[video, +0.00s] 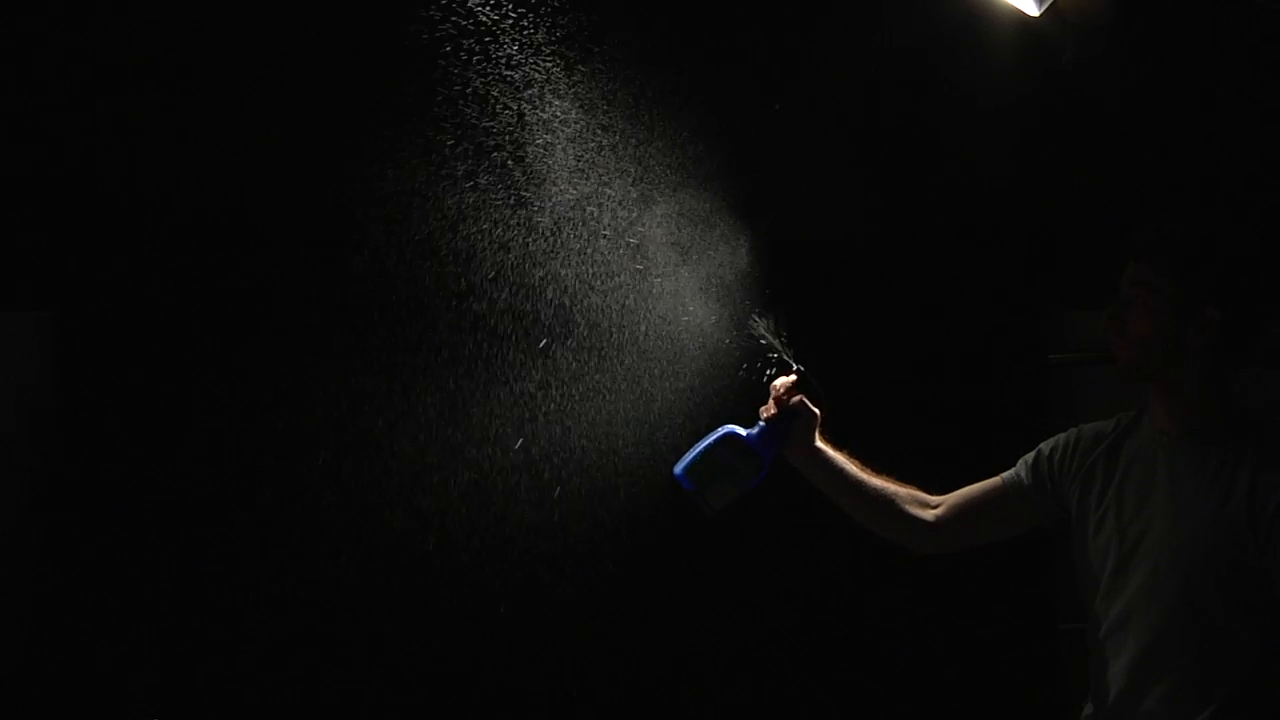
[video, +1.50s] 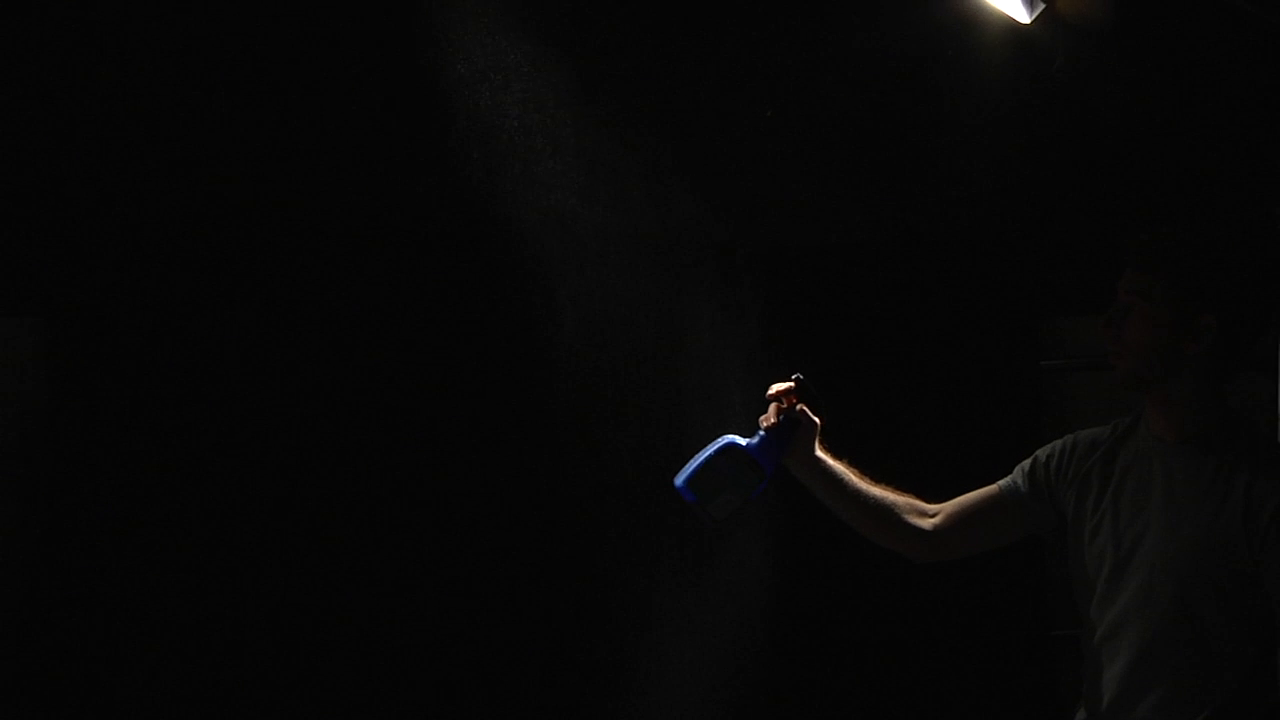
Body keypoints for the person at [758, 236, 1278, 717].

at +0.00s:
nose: (1119, 317)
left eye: (1143, 301)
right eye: (1124, 299)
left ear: (1202, 320)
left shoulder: (1259, 460)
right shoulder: (1087, 456)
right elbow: (930, 519)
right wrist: (807, 446)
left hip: (1233, 698)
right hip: (1117, 699)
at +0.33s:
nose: (1119, 317)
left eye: (1143, 301)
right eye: (1123, 298)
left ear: (1199, 318)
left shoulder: (1255, 458)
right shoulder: (1087, 457)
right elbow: (932, 520)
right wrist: (810, 448)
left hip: (1232, 699)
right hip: (1119, 700)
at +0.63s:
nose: (1119, 316)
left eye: (1142, 299)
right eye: (1123, 297)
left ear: (1202, 319)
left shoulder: (1258, 459)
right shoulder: (1088, 456)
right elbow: (933, 519)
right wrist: (811, 449)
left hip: (1233, 702)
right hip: (1118, 702)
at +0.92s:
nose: (1120, 317)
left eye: (1142, 301)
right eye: (1123, 300)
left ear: (1201, 319)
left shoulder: (1257, 457)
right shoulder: (1088, 456)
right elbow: (933, 521)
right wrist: (812, 448)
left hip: (1231, 701)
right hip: (1117, 702)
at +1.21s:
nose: (1120, 323)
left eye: (1142, 305)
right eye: (1123, 303)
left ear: (1200, 322)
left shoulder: (1254, 460)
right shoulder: (1085, 458)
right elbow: (929, 521)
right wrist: (809, 451)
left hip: (1232, 699)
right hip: (1116, 701)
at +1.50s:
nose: (1116, 325)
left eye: (1138, 307)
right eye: (1120, 306)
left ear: (1199, 327)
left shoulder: (1255, 461)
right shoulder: (1084, 463)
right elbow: (930, 527)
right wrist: (810, 456)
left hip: (1233, 699)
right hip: (1115, 700)